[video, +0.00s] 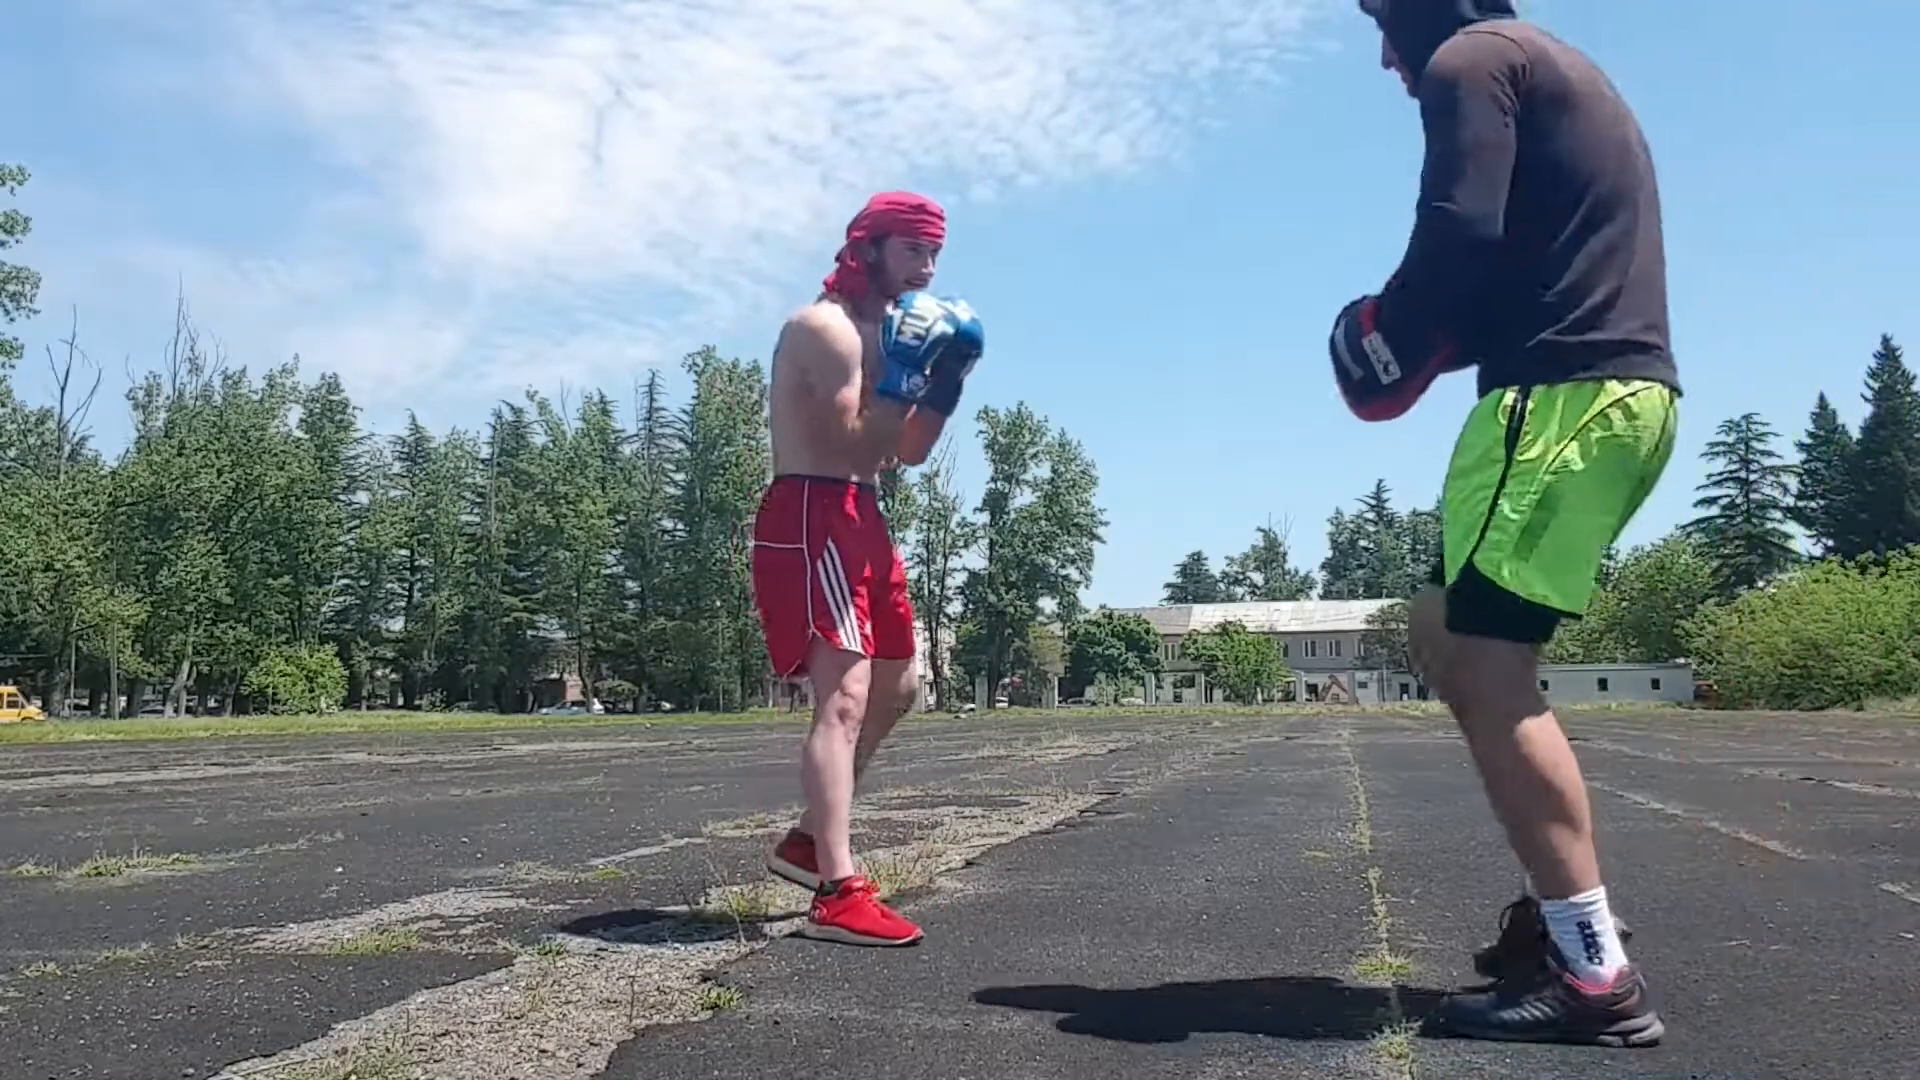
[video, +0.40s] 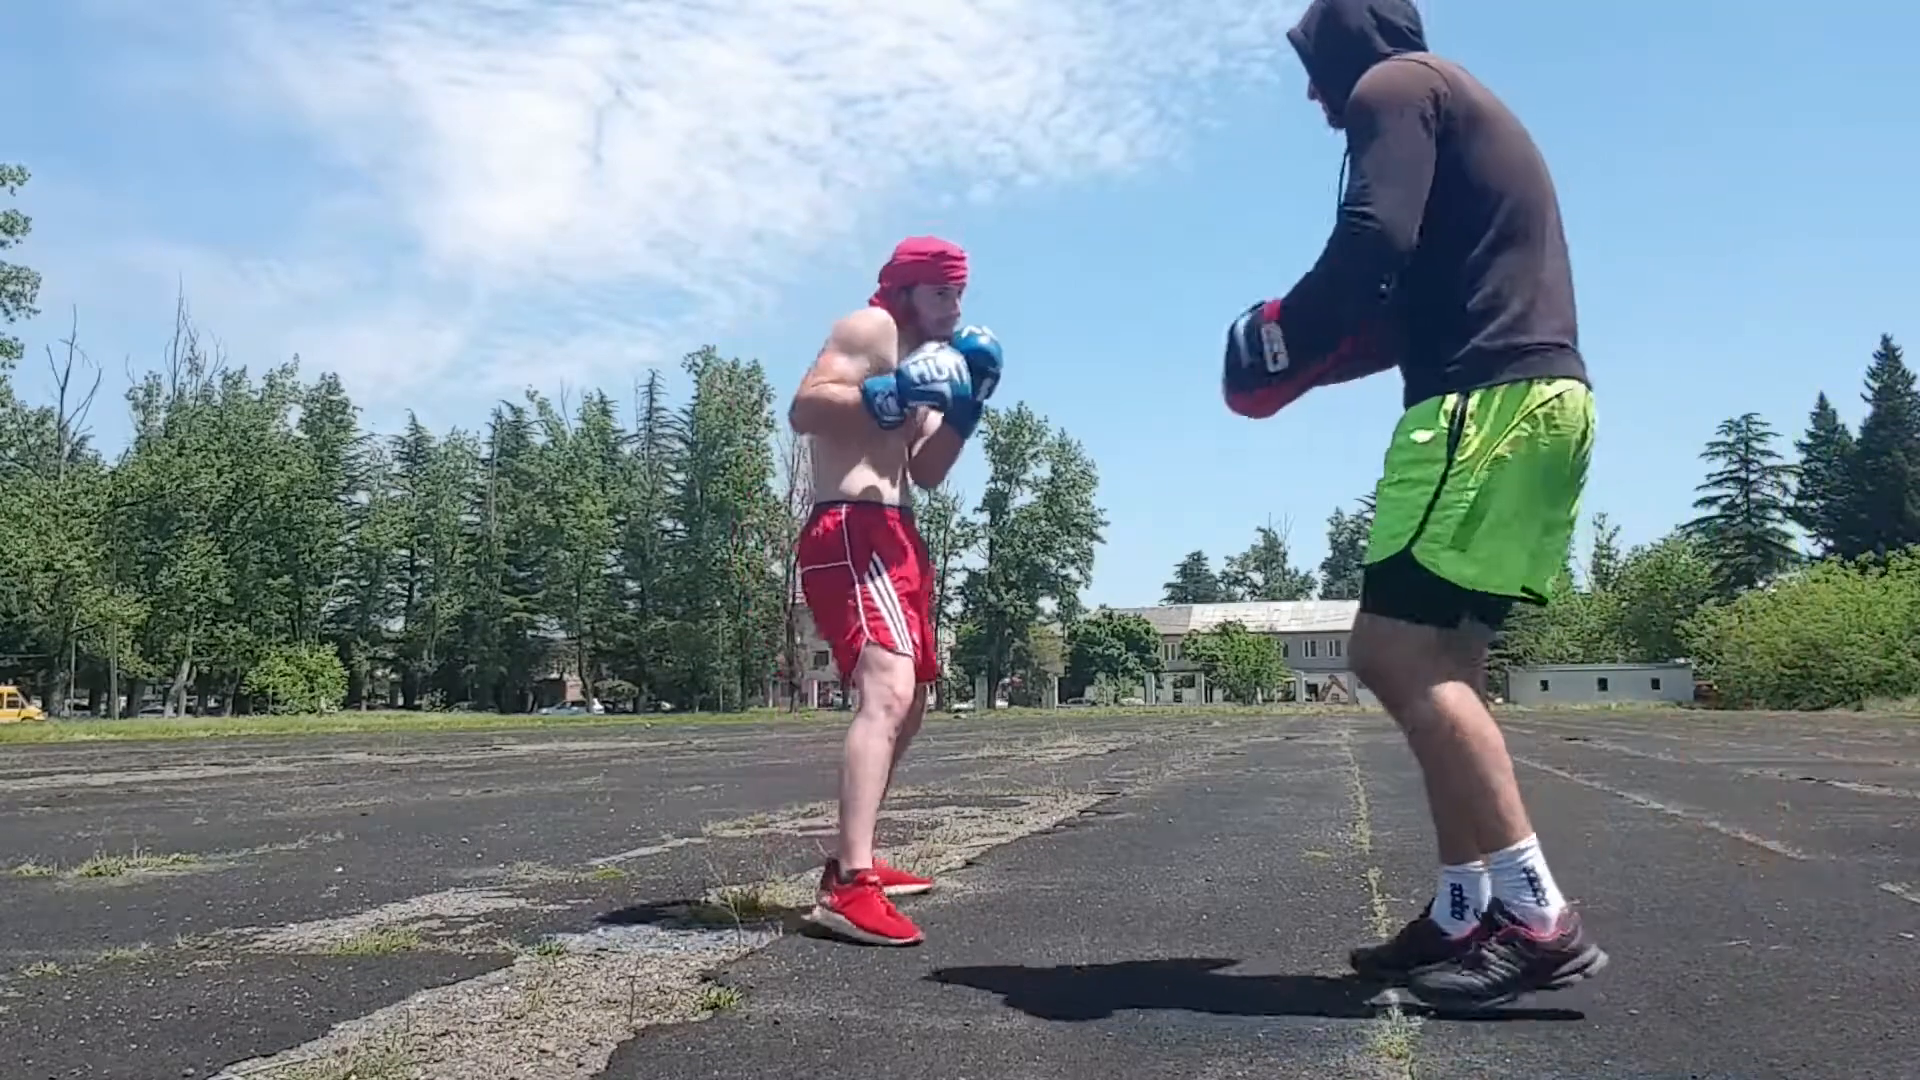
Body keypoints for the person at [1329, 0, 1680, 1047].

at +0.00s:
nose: (1386, 57)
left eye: (1385, 28)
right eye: (1378, 36)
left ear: (1423, 8)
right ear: (1479, 4)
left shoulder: (1470, 57)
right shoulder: (1560, 68)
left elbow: (1464, 221)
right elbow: (1537, 270)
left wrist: (1391, 327)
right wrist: (1426, 357)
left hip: (1563, 393)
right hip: (1619, 391)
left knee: (1490, 669)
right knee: (1443, 635)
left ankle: (1595, 977)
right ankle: (1556, 902)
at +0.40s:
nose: (1317, 97)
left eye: (1317, 73)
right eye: (1312, 81)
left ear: (1348, 46)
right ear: (1394, 30)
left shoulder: (1395, 80)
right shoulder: (1464, 105)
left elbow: (1380, 232)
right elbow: (1431, 307)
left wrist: (1285, 327)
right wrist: (1307, 364)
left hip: (1483, 397)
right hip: (1534, 392)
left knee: (1391, 651)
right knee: (1436, 663)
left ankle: (1536, 918)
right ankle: (1464, 919)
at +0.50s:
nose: (1315, 67)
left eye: (1314, 43)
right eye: (1310, 49)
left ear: (1350, 20)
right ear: (1402, 17)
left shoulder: (1392, 71)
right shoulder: (1461, 92)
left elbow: (1307, 211)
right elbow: (1428, 250)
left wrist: (1215, 255)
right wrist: (1329, 270)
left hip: (1475, 399)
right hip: (1512, 393)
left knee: (1436, 664)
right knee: (1415, 660)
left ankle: (1542, 942)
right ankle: (1463, 914)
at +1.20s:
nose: (1281, 126)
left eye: (1283, 107)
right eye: (1278, 113)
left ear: (1309, 93)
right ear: (1359, 80)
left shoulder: (1362, 152)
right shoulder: (1392, 149)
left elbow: (1214, 247)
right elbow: (1295, 222)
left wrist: (1125, 211)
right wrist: (1232, 185)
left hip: (1437, 445)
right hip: (1408, 445)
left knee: (1403, 674)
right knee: (1317, 646)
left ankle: (1528, 930)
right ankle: (1375, 879)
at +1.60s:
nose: (1322, 87)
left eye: (1331, 67)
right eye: (1325, 69)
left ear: (1370, 72)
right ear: (1393, 71)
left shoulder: (1433, 151)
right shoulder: (1384, 165)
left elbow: (1319, 229)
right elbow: (1319, 256)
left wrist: (1224, 168)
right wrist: (1223, 196)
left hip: (1445, 446)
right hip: (1377, 452)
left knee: (1469, 664)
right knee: (1348, 655)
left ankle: (1637, 873)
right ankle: (1387, 895)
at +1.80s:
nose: (1405, 82)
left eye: (1422, 64)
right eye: (1404, 66)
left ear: (1477, 69)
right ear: (1429, 77)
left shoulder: (1530, 156)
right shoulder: (1429, 179)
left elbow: (1425, 201)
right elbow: (1373, 266)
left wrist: (1325, 149)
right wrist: (1297, 219)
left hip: (1495, 464)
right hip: (1400, 464)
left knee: (1567, 679)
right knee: (1341, 656)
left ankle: (1665, 905)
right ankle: (1384, 891)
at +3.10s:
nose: (1454, 162)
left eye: (1474, 147)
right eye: (1448, 152)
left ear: (1518, 157)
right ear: (1445, 165)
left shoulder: (1558, 224)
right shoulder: (1448, 248)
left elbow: (1531, 254)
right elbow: (1383, 304)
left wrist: (1441, 192)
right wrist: (1320, 286)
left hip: (1545, 492)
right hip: (1452, 489)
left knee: (1593, 677)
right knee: (1386, 640)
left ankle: (1632, 860)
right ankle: (1443, 826)